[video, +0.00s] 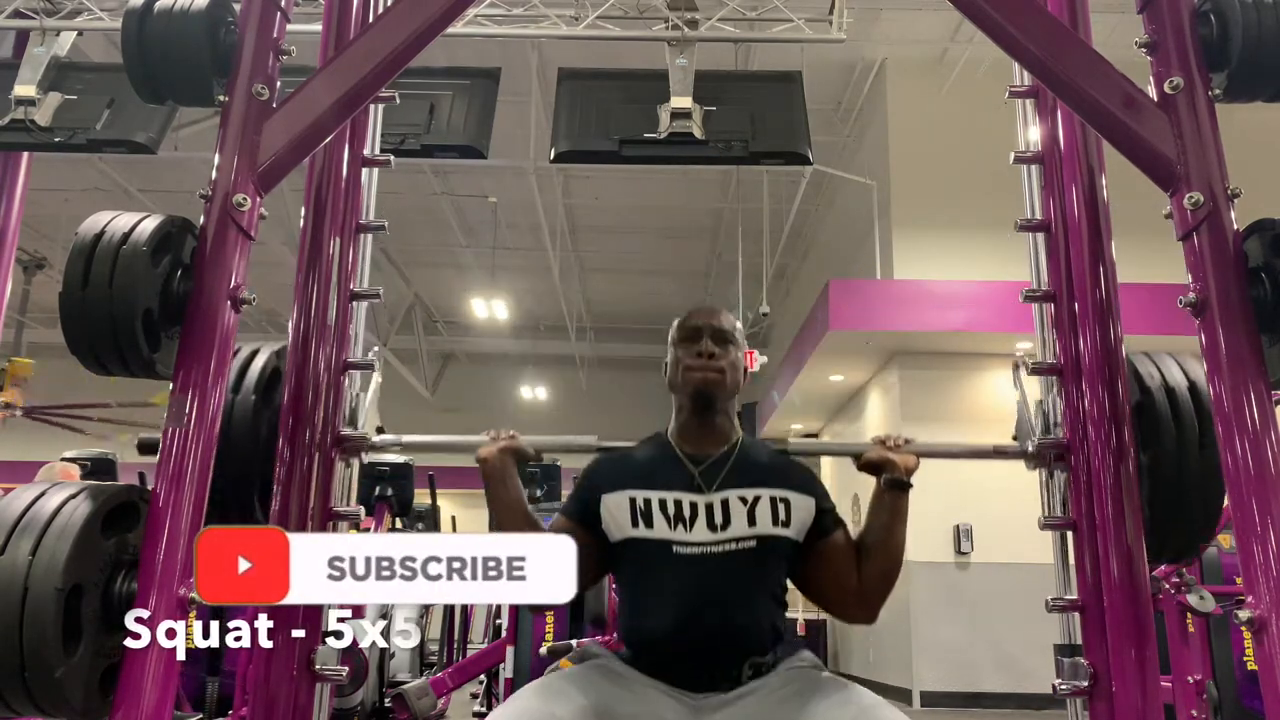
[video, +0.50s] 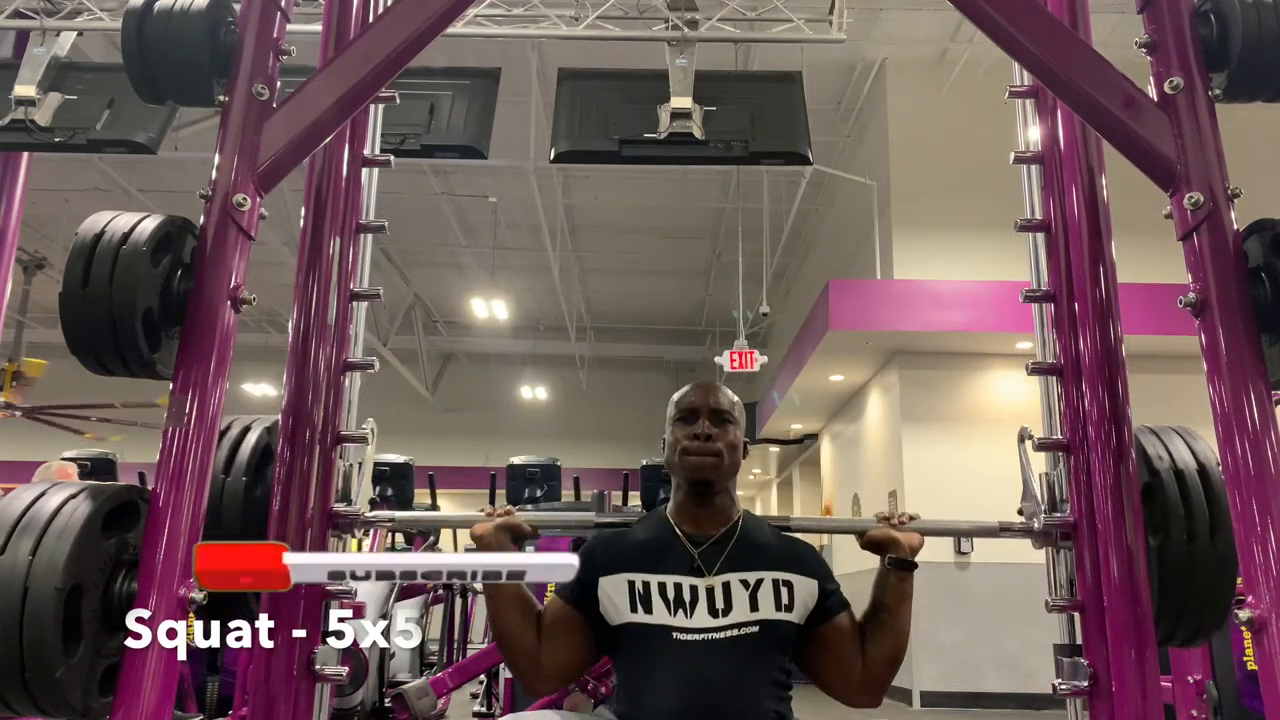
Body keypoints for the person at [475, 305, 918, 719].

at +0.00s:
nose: (707, 350)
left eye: (721, 342)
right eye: (692, 343)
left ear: (744, 371)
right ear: (668, 372)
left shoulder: (787, 478)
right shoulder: (613, 476)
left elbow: (858, 601)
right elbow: (544, 578)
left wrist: (894, 487)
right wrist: (499, 478)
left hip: (767, 685)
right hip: (637, 683)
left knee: (885, 717)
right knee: (511, 717)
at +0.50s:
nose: (703, 430)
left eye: (720, 420)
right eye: (687, 419)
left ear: (743, 449)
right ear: (665, 445)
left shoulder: (793, 561)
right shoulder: (610, 557)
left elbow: (862, 685)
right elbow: (540, 672)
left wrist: (899, 566)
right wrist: (497, 564)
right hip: (647, 712)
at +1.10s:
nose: (703, 361)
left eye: (719, 356)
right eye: (687, 355)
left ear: (740, 391)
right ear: (665, 388)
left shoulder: (789, 497)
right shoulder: (611, 493)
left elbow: (859, 617)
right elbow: (543, 608)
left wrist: (893, 504)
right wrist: (501, 499)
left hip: (771, 693)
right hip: (637, 691)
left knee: (889, 718)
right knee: (516, 717)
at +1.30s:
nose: (703, 305)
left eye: (719, 303)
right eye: (688, 303)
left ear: (741, 343)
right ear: (668, 342)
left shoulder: (788, 445)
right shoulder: (614, 440)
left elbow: (857, 563)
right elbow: (544, 543)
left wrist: (890, 453)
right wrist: (500, 438)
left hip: (767, 658)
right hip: (634, 654)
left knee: (887, 715)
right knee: (521, 714)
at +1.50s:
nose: (704, 230)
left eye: (721, 232)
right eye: (692, 231)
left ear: (742, 273)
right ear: (671, 271)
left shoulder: (787, 373)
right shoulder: (617, 370)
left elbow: (855, 487)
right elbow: (543, 477)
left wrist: (889, 383)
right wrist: (504, 368)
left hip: (773, 600)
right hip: (631, 597)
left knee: (871, 711)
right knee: (536, 711)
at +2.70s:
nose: (707, 323)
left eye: (722, 318)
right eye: (691, 317)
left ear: (744, 353)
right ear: (668, 351)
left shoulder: (789, 457)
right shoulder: (612, 454)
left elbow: (857, 581)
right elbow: (544, 562)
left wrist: (893, 470)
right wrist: (500, 457)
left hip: (766, 671)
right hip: (631, 666)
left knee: (882, 717)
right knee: (519, 715)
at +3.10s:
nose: (704, 405)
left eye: (720, 398)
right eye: (687, 397)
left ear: (743, 430)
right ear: (664, 429)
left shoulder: (794, 543)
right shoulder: (608, 536)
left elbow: (858, 667)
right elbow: (546, 657)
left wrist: (897, 550)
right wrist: (503, 551)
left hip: (754, 713)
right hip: (643, 713)